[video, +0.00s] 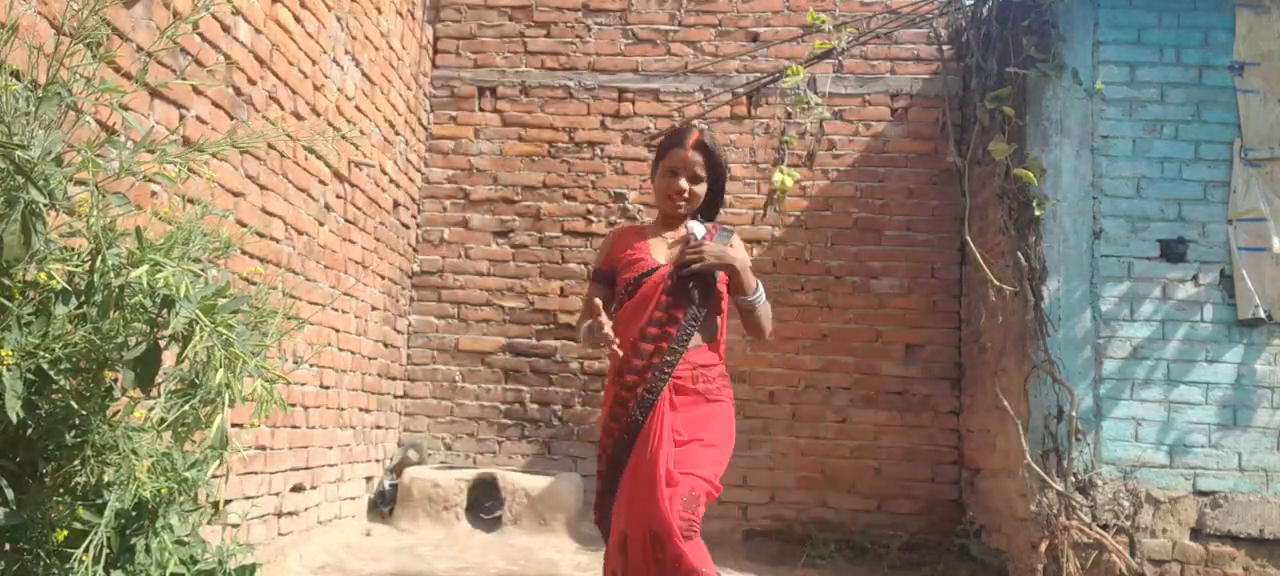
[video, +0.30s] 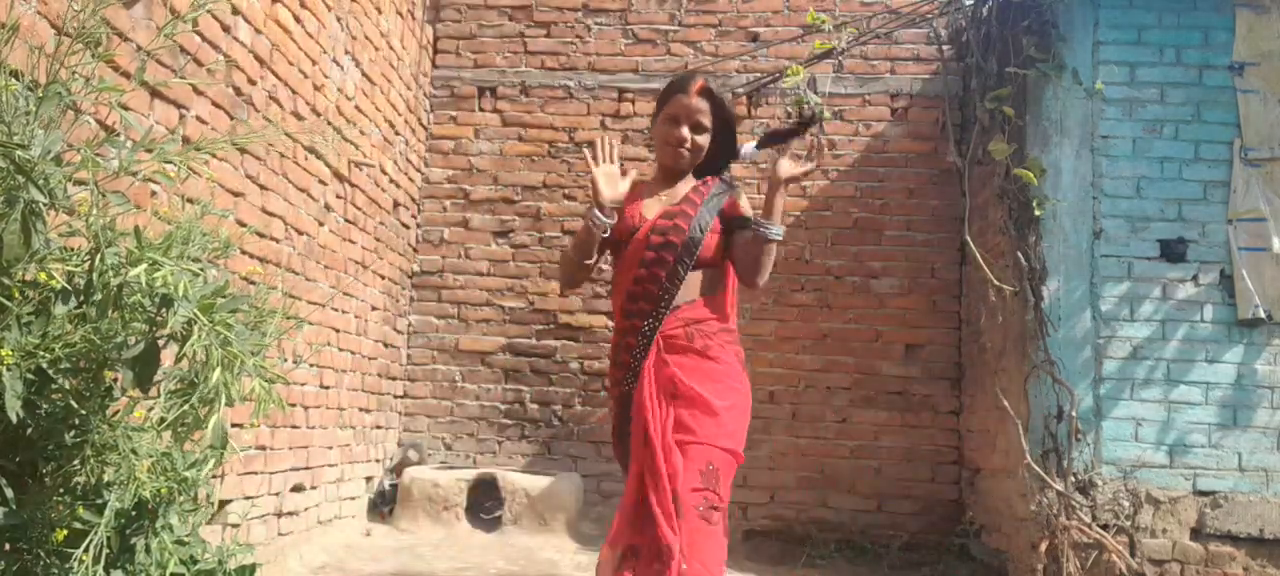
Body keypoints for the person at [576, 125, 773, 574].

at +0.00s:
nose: (681, 186)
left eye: (695, 178)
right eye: (672, 172)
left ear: (710, 188)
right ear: (653, 174)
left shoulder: (722, 244)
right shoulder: (621, 242)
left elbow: (761, 331)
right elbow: (588, 321)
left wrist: (739, 265)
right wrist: (594, 332)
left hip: (700, 401)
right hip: (632, 402)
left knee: (669, 519)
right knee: (624, 525)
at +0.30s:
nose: (685, 136)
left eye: (700, 128)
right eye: (675, 122)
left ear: (715, 139)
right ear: (654, 125)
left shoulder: (721, 196)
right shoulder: (626, 192)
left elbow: (756, 274)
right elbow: (571, 277)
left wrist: (775, 187)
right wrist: (603, 207)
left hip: (706, 365)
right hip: (637, 367)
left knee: (695, 508)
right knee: (649, 503)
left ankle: (693, 575)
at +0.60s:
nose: (685, 149)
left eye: (700, 141)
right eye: (673, 135)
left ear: (718, 154)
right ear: (651, 142)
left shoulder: (730, 218)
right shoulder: (623, 217)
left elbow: (804, 231)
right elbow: (554, 218)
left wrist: (770, 149)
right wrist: (604, 145)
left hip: (723, 380)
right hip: (641, 384)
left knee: (726, 526)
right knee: (639, 523)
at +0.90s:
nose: (685, 104)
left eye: (700, 92)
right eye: (671, 90)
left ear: (717, 106)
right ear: (646, 99)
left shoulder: (732, 177)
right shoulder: (629, 170)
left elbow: (795, 190)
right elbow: (581, 133)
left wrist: (745, 94)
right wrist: (632, 71)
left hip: (724, 371)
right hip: (639, 368)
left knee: (734, 523)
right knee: (634, 529)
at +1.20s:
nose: (680, 83)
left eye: (697, 77)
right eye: (669, 68)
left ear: (715, 95)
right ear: (646, 76)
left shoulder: (725, 147)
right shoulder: (622, 161)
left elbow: (758, 242)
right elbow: (551, 169)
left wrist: (695, 344)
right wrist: (619, 94)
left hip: (701, 370)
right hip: (617, 367)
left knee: (681, 524)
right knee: (604, 519)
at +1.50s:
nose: (661, 123)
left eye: (681, 116)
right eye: (655, 108)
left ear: (705, 135)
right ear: (642, 115)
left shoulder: (694, 195)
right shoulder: (639, 199)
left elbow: (692, 300)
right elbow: (559, 272)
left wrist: (628, 393)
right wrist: (602, 209)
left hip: (656, 413)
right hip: (624, 407)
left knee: (604, 557)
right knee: (629, 559)